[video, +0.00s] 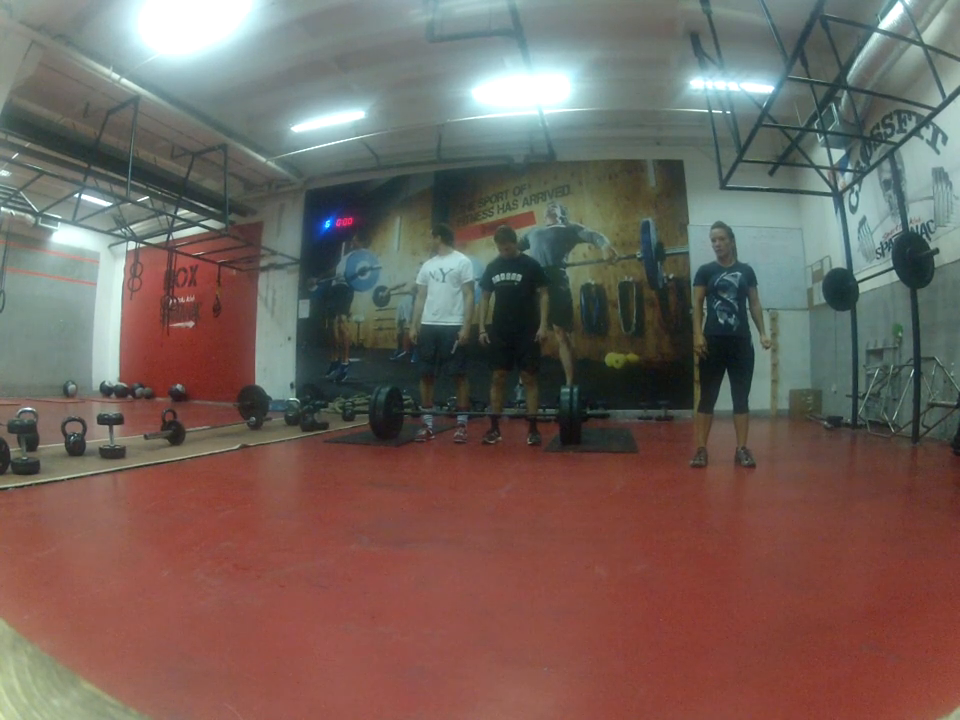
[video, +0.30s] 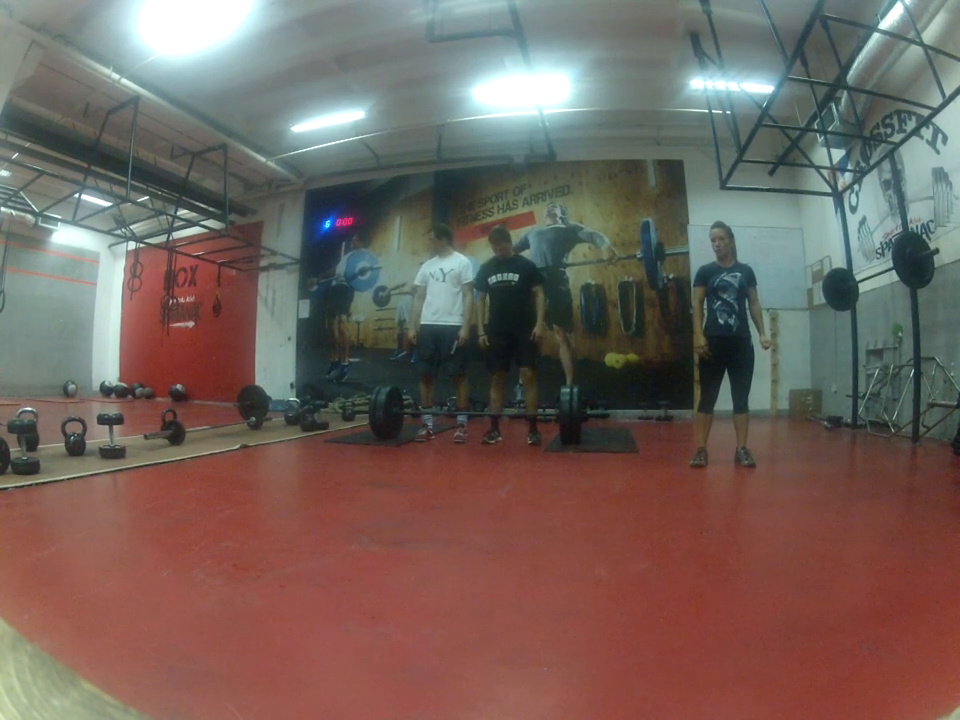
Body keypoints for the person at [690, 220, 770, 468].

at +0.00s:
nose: (717, 244)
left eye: (721, 239)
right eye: (714, 240)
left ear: (732, 241)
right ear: (710, 244)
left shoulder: (746, 271)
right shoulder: (705, 272)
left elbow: (754, 304)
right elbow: (697, 306)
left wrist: (762, 333)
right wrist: (698, 335)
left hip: (740, 343)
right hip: (712, 342)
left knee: (741, 399)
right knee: (707, 399)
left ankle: (742, 449)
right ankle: (701, 450)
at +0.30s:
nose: (717, 244)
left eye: (721, 239)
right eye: (714, 240)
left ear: (732, 241)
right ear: (710, 244)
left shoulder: (745, 271)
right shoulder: (705, 272)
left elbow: (754, 304)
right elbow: (697, 306)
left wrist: (762, 333)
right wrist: (698, 336)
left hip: (740, 342)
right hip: (712, 342)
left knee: (741, 400)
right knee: (707, 400)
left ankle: (742, 449)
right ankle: (701, 449)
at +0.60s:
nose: (717, 244)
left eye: (721, 239)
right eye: (714, 240)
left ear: (732, 241)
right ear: (710, 244)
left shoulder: (746, 272)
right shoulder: (705, 272)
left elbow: (754, 305)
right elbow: (697, 306)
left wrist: (762, 334)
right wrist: (698, 335)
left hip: (740, 343)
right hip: (712, 342)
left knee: (741, 400)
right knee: (707, 400)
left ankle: (742, 449)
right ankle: (700, 449)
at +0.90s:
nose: (718, 244)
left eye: (722, 239)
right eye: (714, 240)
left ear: (732, 241)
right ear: (711, 244)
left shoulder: (745, 272)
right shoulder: (705, 272)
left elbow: (754, 305)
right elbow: (697, 306)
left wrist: (762, 334)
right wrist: (698, 335)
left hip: (740, 343)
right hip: (712, 342)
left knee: (741, 400)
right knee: (707, 400)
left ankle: (742, 449)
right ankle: (700, 450)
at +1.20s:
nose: (718, 244)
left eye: (722, 239)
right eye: (714, 240)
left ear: (732, 241)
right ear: (711, 244)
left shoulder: (745, 272)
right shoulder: (705, 272)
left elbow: (754, 305)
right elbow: (697, 307)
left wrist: (761, 334)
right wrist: (698, 336)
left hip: (740, 343)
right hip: (712, 343)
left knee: (740, 400)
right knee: (707, 400)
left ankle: (742, 449)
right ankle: (701, 450)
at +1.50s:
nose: (718, 243)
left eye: (722, 239)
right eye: (714, 240)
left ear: (732, 241)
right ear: (711, 244)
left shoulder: (746, 272)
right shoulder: (705, 272)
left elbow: (754, 305)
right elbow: (697, 306)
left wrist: (761, 333)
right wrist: (698, 336)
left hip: (740, 343)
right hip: (712, 342)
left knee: (740, 399)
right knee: (707, 399)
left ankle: (742, 449)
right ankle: (701, 450)